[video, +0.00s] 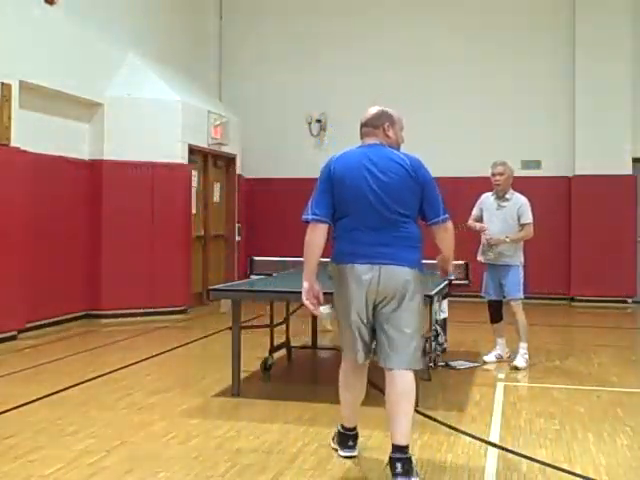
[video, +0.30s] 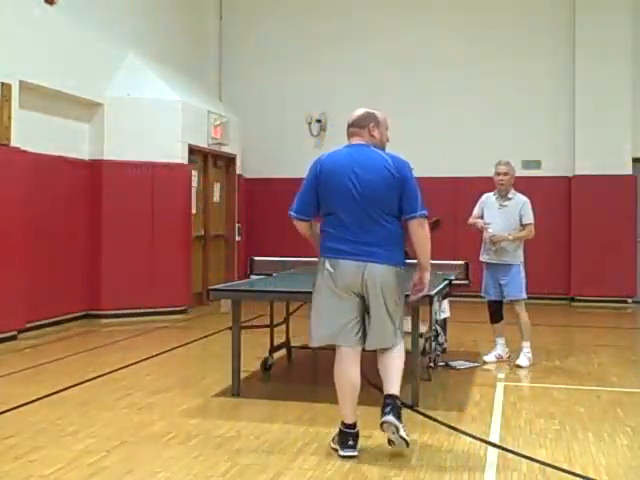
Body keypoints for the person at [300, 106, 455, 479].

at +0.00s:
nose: (402, 138)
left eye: (401, 131)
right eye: (400, 132)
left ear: (363, 131)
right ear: (389, 130)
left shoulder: (336, 165)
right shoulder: (411, 166)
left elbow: (318, 224)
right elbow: (441, 223)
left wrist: (309, 278)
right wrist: (447, 260)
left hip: (353, 273)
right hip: (402, 274)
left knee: (354, 357)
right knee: (400, 364)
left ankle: (347, 435)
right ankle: (401, 459)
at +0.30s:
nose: (388, 137)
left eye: (387, 130)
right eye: (386, 131)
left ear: (350, 131)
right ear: (373, 130)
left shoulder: (324, 164)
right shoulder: (397, 166)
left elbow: (301, 218)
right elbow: (417, 221)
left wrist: (326, 248)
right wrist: (424, 268)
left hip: (339, 267)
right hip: (384, 269)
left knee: (347, 348)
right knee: (391, 341)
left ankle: (348, 435)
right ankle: (391, 407)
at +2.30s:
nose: (349, 147)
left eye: (344, 145)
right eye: (357, 144)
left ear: (342, 149)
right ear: (366, 154)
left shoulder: (332, 165)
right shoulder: (381, 182)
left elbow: (311, 205)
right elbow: (385, 233)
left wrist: (303, 230)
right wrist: (380, 267)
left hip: (332, 251)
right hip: (369, 257)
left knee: (323, 324)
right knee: (360, 328)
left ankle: (329, 395)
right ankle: (354, 398)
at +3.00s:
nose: (302, 152)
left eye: (302, 148)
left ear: (304, 150)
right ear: (329, 148)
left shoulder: (300, 171)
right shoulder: (351, 175)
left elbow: (284, 218)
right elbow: (369, 222)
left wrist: (265, 257)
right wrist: (352, 245)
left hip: (307, 259)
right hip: (343, 260)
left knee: (299, 328)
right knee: (344, 330)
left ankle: (293, 402)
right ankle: (352, 398)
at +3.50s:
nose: (257, 162)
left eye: (256, 158)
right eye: (256, 158)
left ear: (260, 151)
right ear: (281, 145)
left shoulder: (267, 172)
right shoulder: (312, 172)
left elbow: (255, 222)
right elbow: (325, 216)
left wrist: (240, 261)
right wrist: (307, 241)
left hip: (282, 258)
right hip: (311, 257)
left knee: (286, 331)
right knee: (301, 329)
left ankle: (292, 402)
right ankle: (302, 389)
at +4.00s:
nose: (222, 166)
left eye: (220, 162)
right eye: (220, 163)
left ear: (224, 155)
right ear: (243, 150)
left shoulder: (236, 167)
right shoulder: (270, 173)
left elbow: (239, 204)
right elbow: (290, 215)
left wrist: (226, 243)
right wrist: (273, 245)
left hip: (252, 255)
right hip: (276, 254)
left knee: (244, 327)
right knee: (259, 328)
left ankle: (281, 390)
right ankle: (244, 391)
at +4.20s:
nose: (207, 168)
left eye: (205, 164)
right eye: (206, 164)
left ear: (210, 156)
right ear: (228, 150)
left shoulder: (223, 164)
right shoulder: (254, 171)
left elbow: (232, 190)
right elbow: (278, 211)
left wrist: (219, 223)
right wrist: (263, 241)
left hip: (241, 251)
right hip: (264, 252)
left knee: (210, 318)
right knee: (251, 322)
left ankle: (243, 378)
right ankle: (247, 387)